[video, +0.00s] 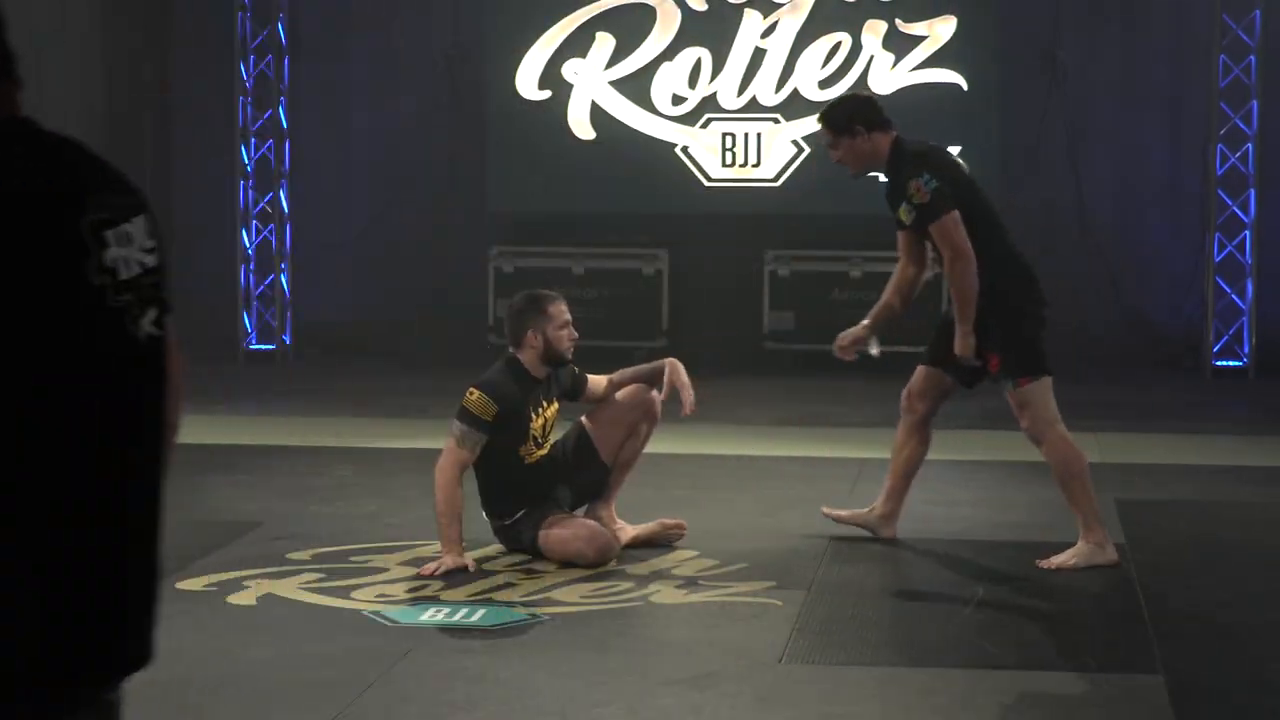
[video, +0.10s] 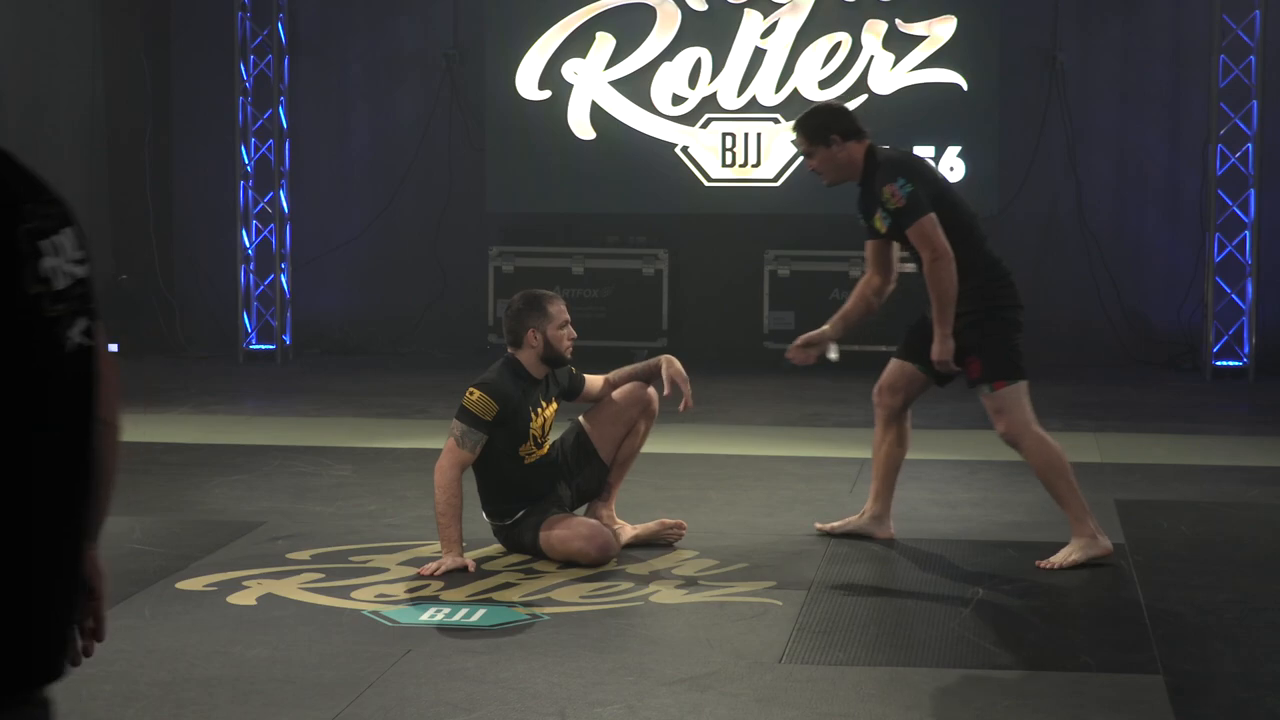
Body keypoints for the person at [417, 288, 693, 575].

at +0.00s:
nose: (575, 334)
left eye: (572, 325)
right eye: (565, 327)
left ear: (539, 338)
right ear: (533, 338)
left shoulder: (554, 373)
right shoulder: (491, 392)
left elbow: (606, 386)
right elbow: (448, 468)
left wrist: (665, 365)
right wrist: (451, 551)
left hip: (555, 476)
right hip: (520, 512)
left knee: (641, 400)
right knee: (594, 546)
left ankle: (603, 513)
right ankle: (620, 538)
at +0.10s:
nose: (574, 334)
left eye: (570, 325)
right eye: (564, 327)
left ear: (537, 337)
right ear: (534, 337)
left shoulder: (552, 373)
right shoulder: (491, 391)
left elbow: (603, 386)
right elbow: (447, 468)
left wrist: (659, 363)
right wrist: (451, 552)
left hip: (555, 474)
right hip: (521, 514)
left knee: (640, 396)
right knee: (596, 544)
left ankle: (602, 512)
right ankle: (622, 536)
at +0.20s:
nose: (572, 334)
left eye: (568, 325)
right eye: (563, 327)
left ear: (536, 337)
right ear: (533, 337)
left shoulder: (550, 376)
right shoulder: (490, 391)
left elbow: (600, 385)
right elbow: (446, 467)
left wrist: (654, 358)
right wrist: (452, 552)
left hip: (552, 473)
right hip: (520, 515)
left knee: (636, 394)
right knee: (595, 542)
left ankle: (601, 509)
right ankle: (624, 532)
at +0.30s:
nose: (569, 334)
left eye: (566, 325)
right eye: (561, 327)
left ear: (534, 338)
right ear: (532, 337)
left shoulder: (545, 377)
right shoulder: (490, 392)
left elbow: (592, 386)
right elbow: (444, 468)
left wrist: (647, 354)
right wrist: (451, 552)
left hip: (550, 473)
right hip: (519, 517)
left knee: (632, 392)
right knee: (598, 534)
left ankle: (601, 506)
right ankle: (625, 532)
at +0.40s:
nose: (566, 335)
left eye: (563, 326)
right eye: (558, 327)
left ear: (531, 338)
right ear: (529, 337)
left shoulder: (539, 376)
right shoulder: (490, 392)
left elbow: (579, 392)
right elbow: (434, 463)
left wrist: (627, 345)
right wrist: (448, 549)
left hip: (550, 473)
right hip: (520, 518)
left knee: (627, 388)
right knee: (597, 533)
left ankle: (601, 509)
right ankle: (625, 532)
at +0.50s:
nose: (559, 335)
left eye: (556, 327)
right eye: (551, 329)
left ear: (524, 341)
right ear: (523, 341)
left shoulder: (532, 377)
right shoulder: (483, 396)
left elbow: (566, 399)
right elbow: (416, 456)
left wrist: (598, 341)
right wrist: (409, 547)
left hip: (548, 469)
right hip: (520, 519)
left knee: (621, 385)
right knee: (598, 530)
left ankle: (601, 506)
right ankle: (630, 533)